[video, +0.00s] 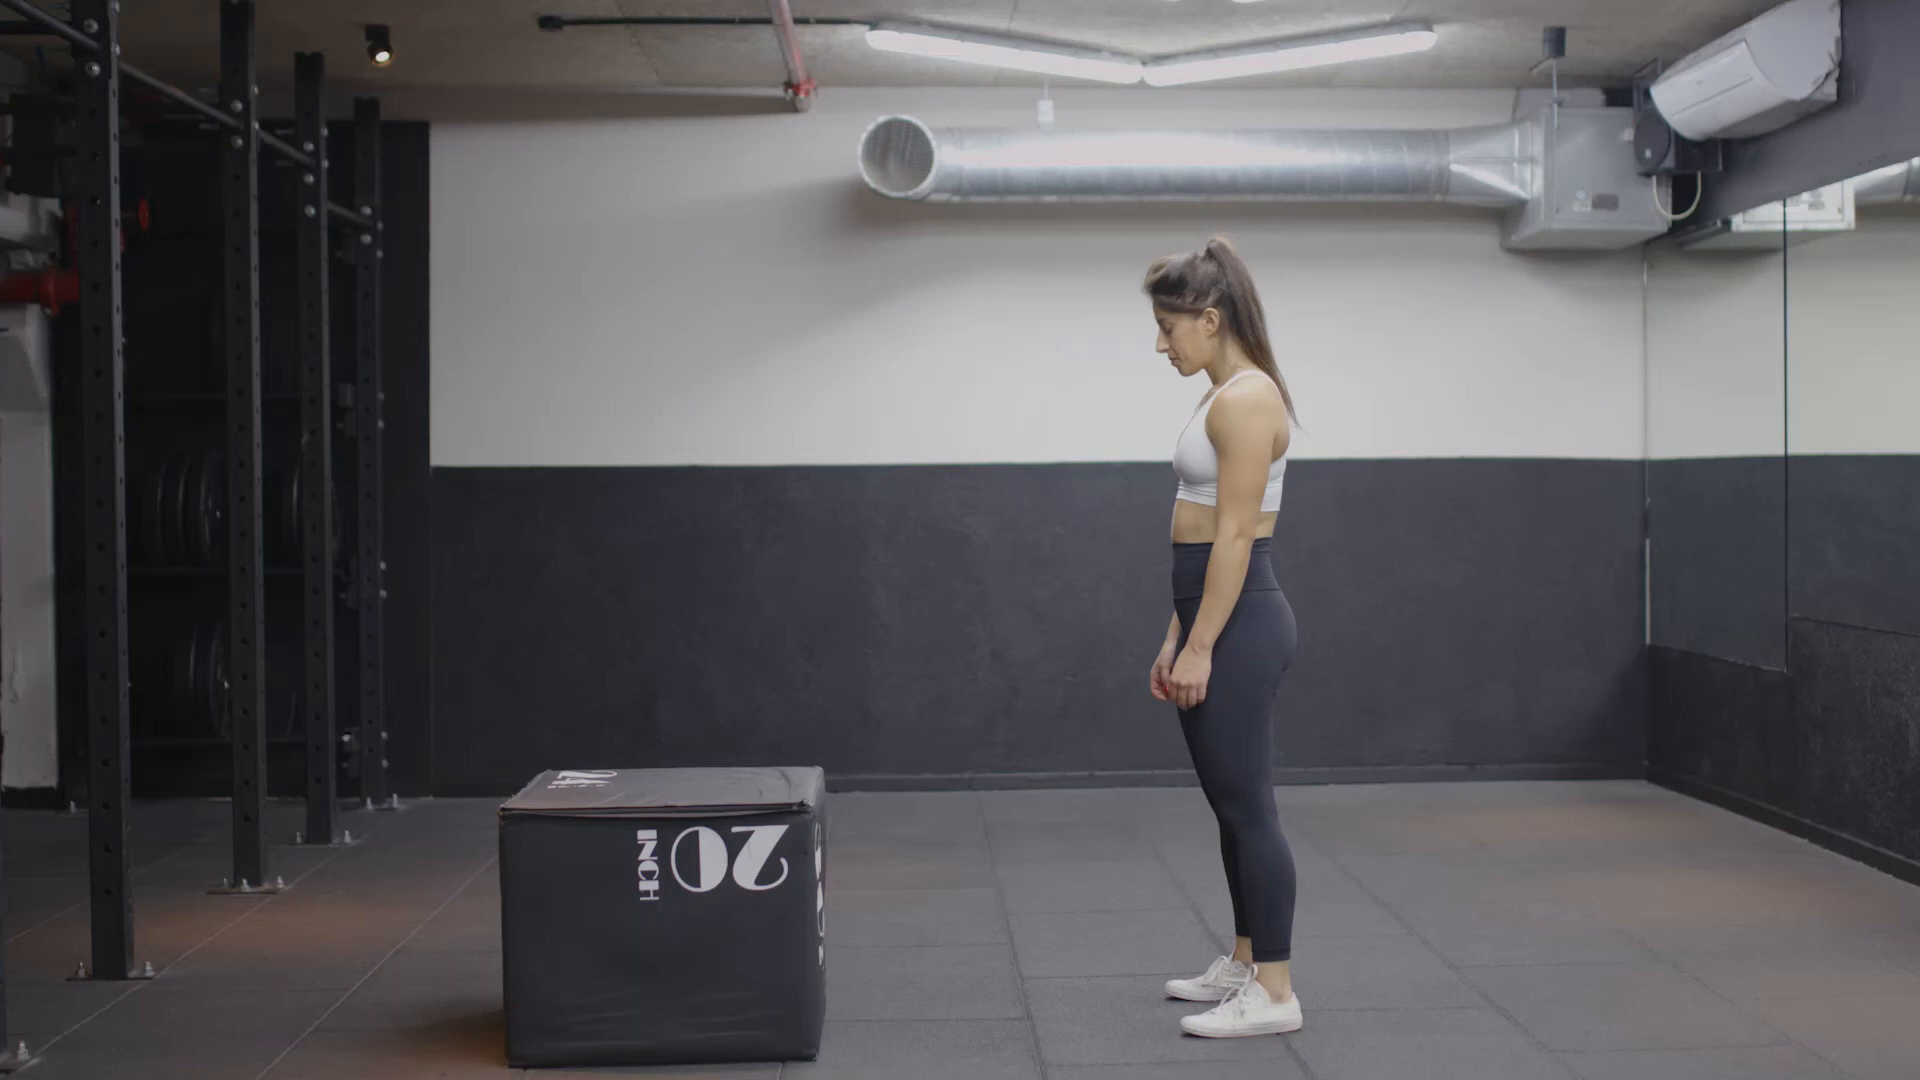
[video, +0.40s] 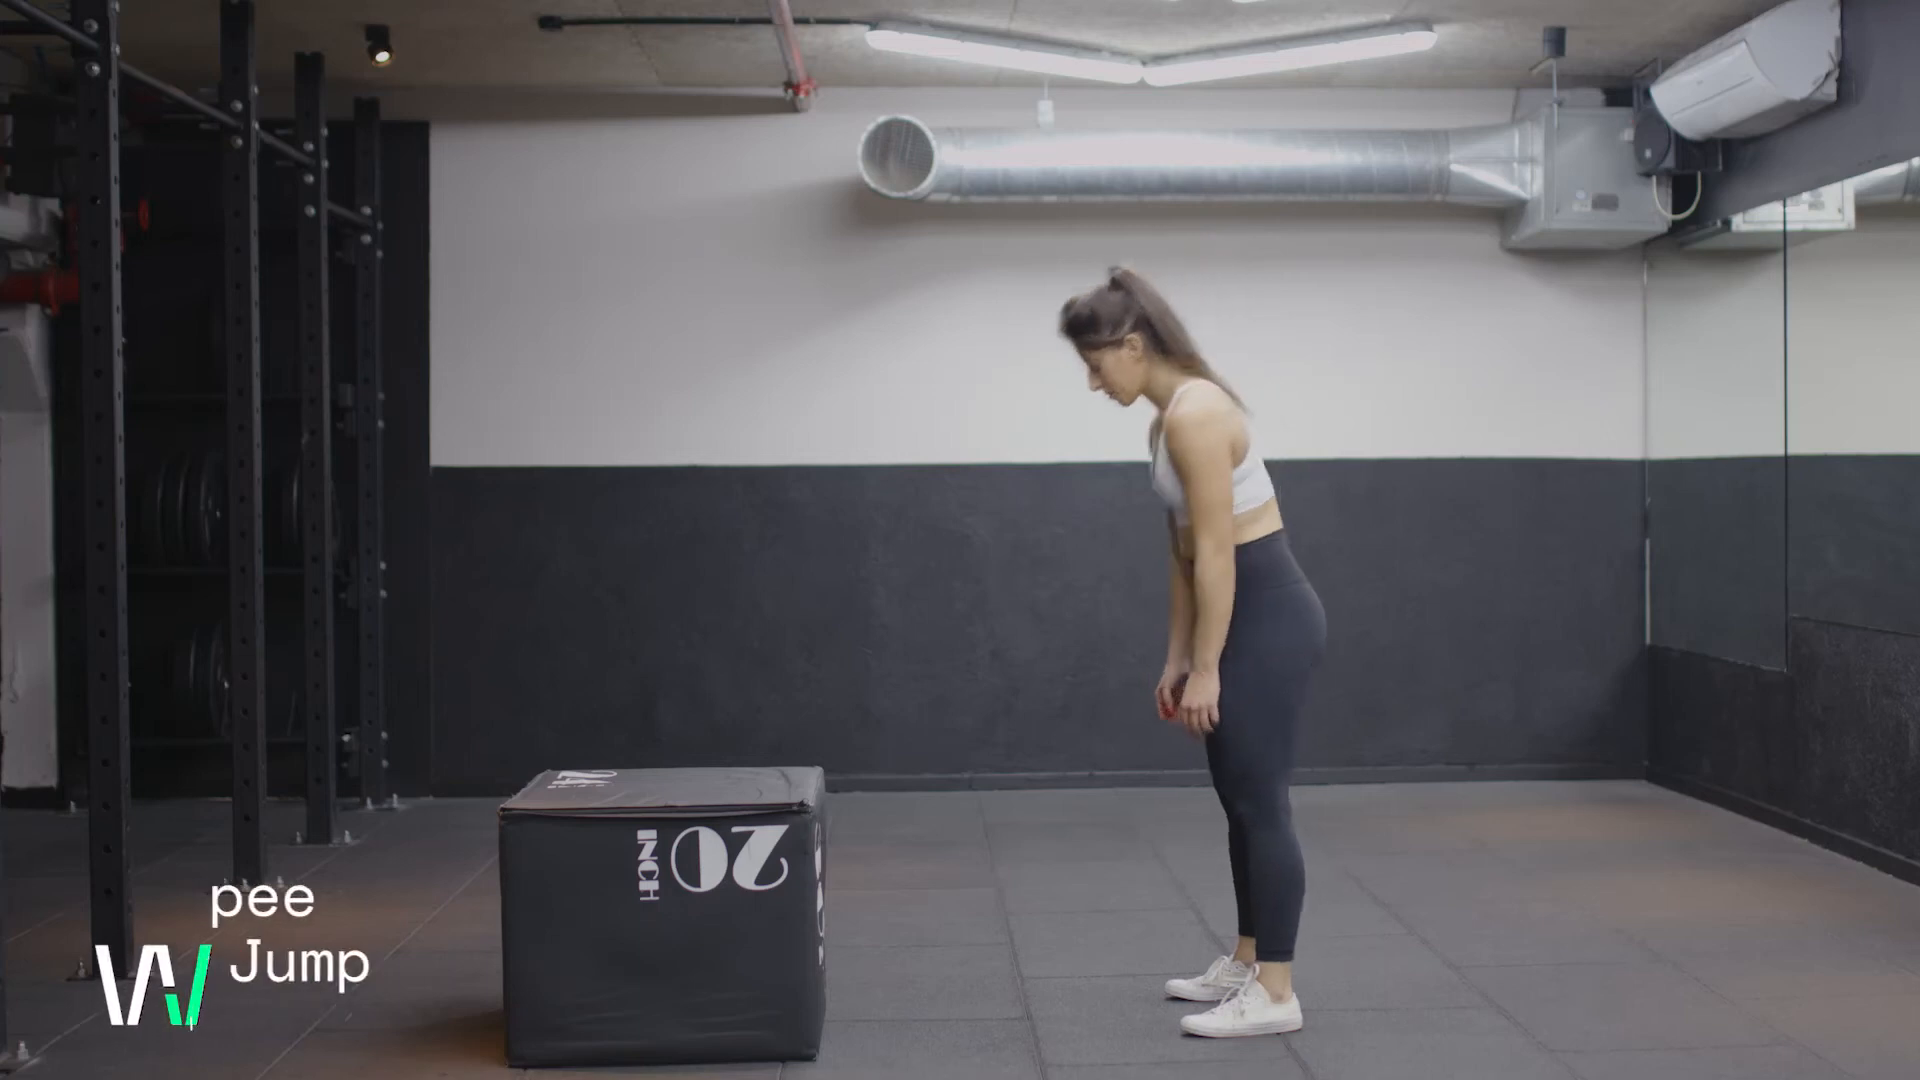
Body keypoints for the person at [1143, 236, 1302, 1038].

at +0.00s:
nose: (1160, 345)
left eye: (1166, 328)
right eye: (1159, 329)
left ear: (1209, 318)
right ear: (1206, 319)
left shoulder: (1246, 400)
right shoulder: (1224, 396)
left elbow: (1237, 537)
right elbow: (1207, 532)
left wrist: (1202, 643)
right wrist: (1179, 632)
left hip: (1237, 618)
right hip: (1212, 613)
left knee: (1248, 804)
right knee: (1230, 800)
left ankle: (1275, 993)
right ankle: (1247, 960)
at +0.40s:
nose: (1091, 378)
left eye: (1095, 360)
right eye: (1085, 364)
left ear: (1136, 342)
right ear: (1134, 347)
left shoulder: (1194, 415)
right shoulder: (1171, 418)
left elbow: (1217, 550)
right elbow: (1185, 552)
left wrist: (1208, 664)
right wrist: (1179, 656)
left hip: (1265, 619)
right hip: (1238, 617)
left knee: (1260, 799)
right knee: (1239, 793)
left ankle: (1277, 990)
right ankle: (1251, 961)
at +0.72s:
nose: (1007, 578)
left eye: (1004, 558)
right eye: (999, 563)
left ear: (1033, 532)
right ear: (1033, 533)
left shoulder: (1117, 565)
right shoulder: (1099, 568)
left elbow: (1138, 707)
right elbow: (1118, 701)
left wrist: (1138, 833)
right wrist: (1113, 801)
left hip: (1319, 625)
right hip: (1282, 632)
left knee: (1266, 798)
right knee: (1238, 791)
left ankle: (1277, 991)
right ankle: (1249, 962)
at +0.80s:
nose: (1003, 642)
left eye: (1000, 624)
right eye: (994, 629)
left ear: (1027, 594)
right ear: (1029, 591)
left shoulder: (1110, 617)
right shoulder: (1088, 617)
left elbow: (1120, 766)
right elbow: (1095, 752)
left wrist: (1103, 891)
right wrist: (1083, 856)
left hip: (1320, 629)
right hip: (1279, 637)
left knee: (1250, 800)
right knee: (1221, 789)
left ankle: (1276, 994)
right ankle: (1247, 963)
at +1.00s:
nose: (1001, 774)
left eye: (996, 760)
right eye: (991, 765)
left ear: (1019, 729)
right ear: (1025, 721)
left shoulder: (1097, 729)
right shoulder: (1078, 722)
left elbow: (1084, 875)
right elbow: (1065, 862)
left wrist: (1058, 1002)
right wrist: (1048, 963)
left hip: (1303, 661)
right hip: (1275, 658)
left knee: (1195, 813)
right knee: (1177, 806)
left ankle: (1270, 993)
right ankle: (1244, 965)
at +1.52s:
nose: (946, 803)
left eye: (939, 788)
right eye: (937, 793)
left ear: (960, 757)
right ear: (963, 751)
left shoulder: (1042, 778)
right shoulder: (1036, 767)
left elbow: (1079, 907)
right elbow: (1068, 892)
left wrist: (1070, 1024)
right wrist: (1057, 987)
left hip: (1238, 857)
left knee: (1401, 960)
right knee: (1389, 928)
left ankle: (1595, 956)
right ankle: (1548, 919)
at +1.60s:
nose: (957, 825)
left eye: (952, 811)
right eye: (947, 814)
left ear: (978, 781)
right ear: (975, 773)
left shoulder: (1053, 810)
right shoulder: (1048, 786)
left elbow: (1100, 925)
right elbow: (1088, 905)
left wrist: (1069, 1027)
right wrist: (1057, 986)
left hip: (1246, 921)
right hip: (1244, 898)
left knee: (1412, 997)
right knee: (1395, 959)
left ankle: (1589, 958)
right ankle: (1549, 921)